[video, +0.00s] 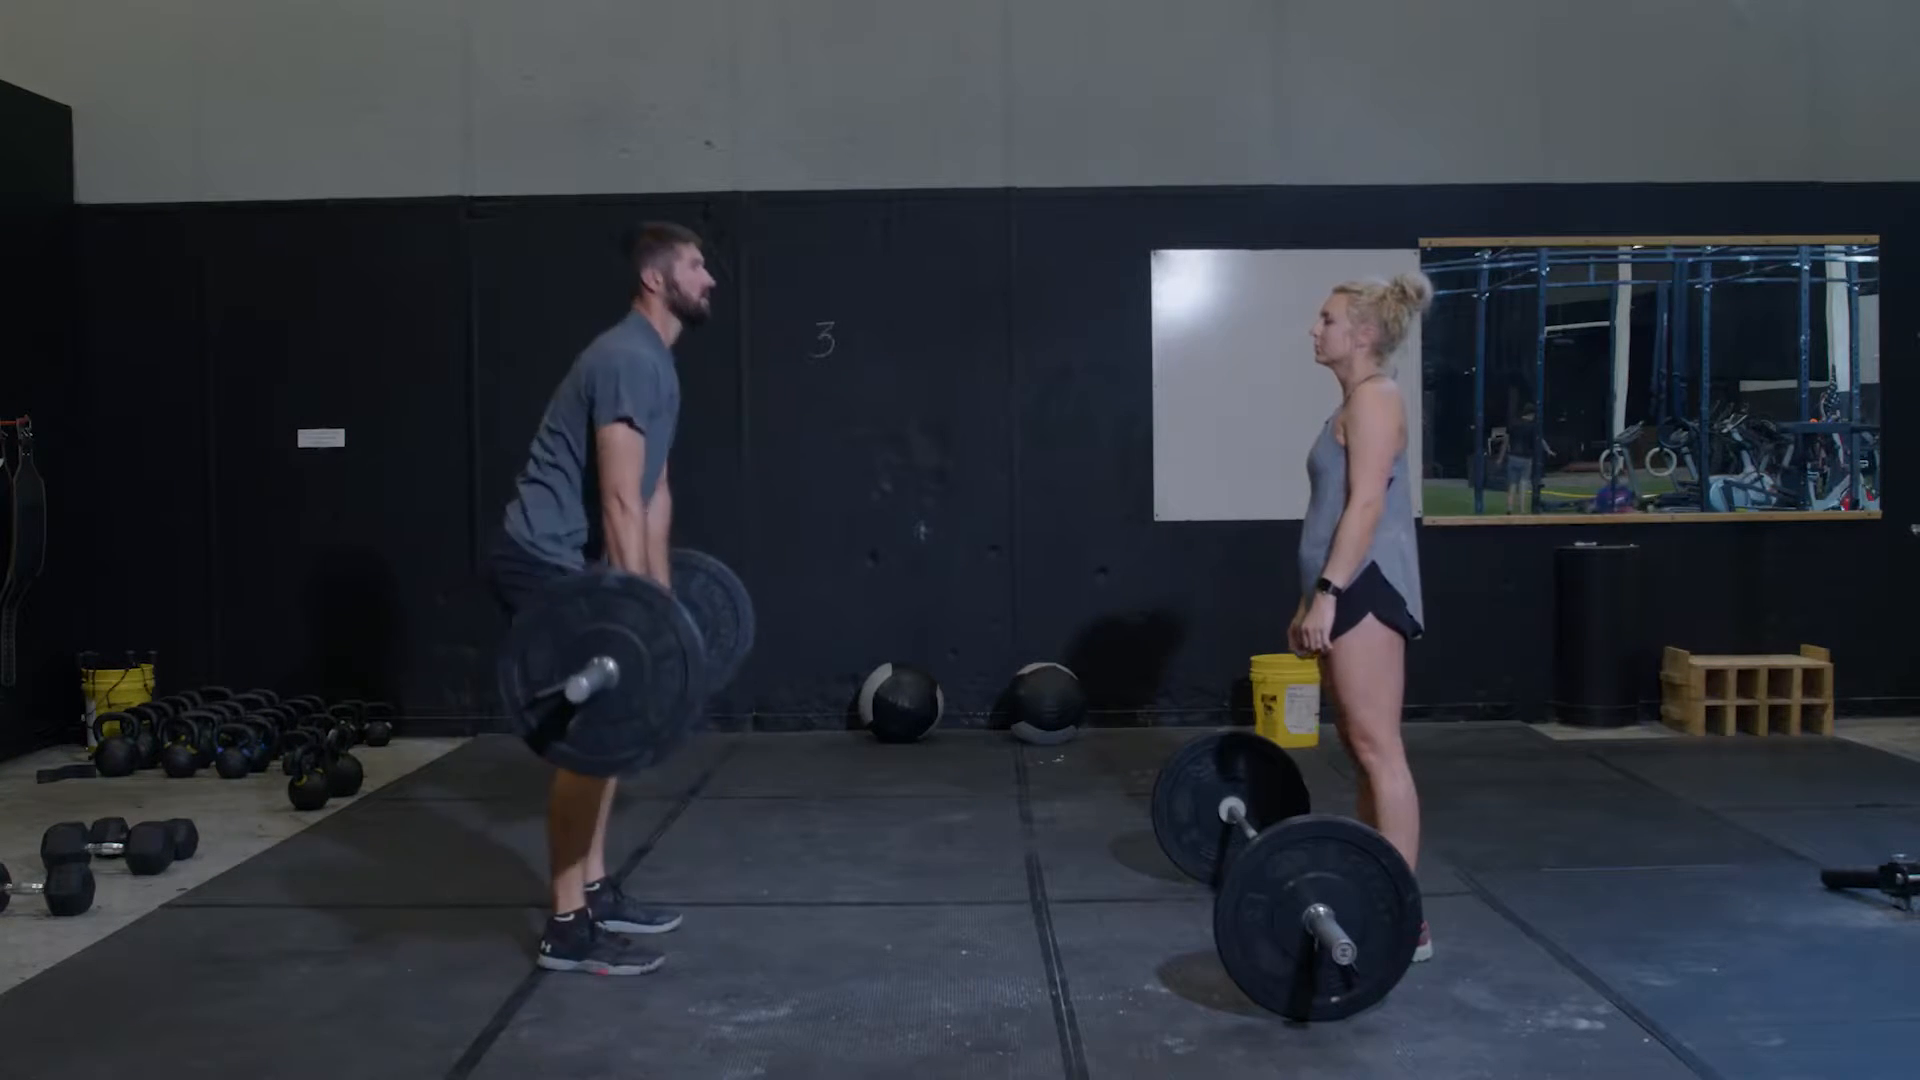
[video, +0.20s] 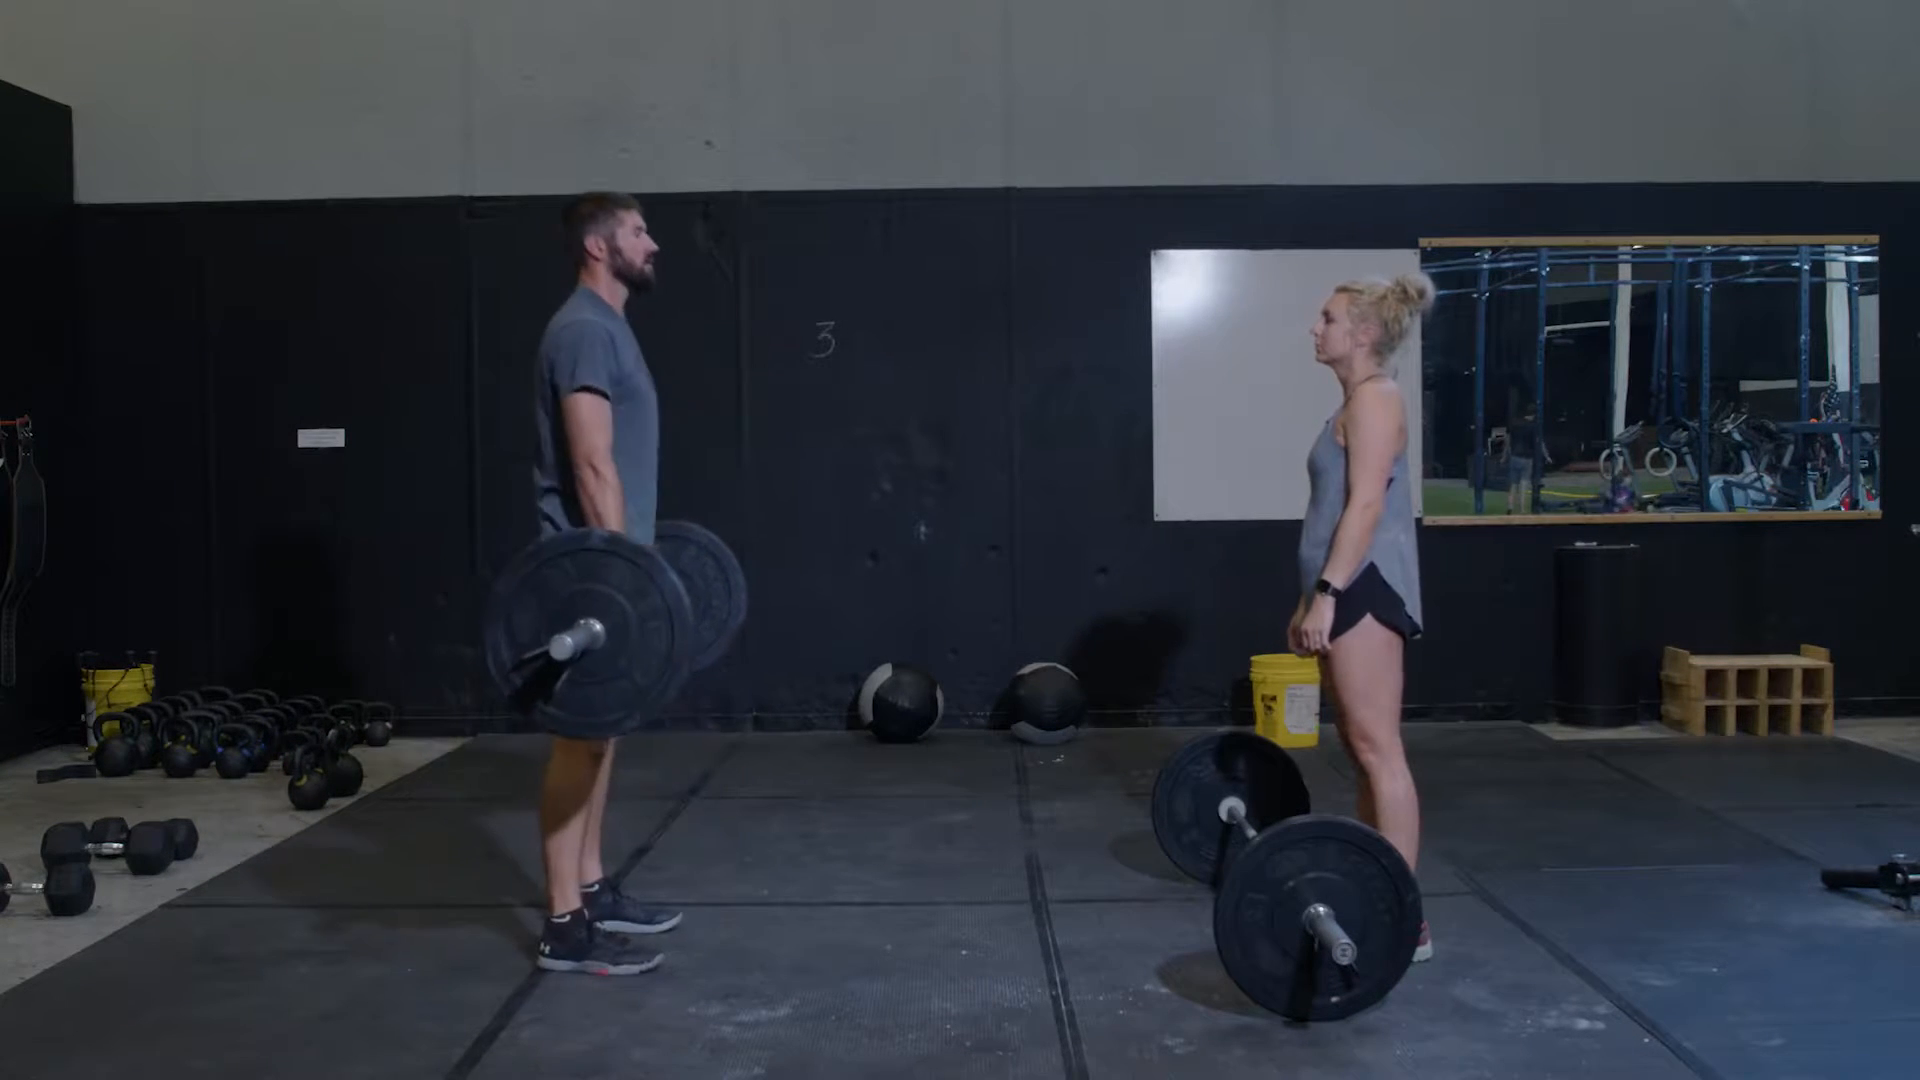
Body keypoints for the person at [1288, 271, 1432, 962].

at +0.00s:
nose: (1315, 330)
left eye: (1328, 321)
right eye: (1319, 319)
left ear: (1365, 333)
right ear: (1356, 335)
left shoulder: (1374, 400)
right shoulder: (1355, 403)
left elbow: (1366, 507)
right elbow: (1341, 513)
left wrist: (1327, 592)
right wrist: (1313, 600)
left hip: (1368, 593)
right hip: (1349, 593)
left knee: (1379, 749)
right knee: (1365, 747)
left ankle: (1399, 912)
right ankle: (1378, 901)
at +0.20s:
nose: (1315, 329)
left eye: (1329, 320)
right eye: (1320, 318)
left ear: (1365, 333)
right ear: (1357, 334)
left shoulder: (1374, 400)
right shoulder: (1356, 402)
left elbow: (1366, 507)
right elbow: (1342, 513)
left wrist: (1326, 593)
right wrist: (1312, 599)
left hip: (1367, 593)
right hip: (1349, 593)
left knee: (1379, 750)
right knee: (1366, 749)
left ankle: (1399, 912)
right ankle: (1380, 903)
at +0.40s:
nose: (1316, 328)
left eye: (1329, 320)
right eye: (1320, 317)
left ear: (1365, 333)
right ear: (1357, 334)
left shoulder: (1374, 400)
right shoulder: (1355, 402)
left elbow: (1365, 507)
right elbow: (1342, 511)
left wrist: (1325, 593)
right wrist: (1311, 595)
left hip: (1366, 593)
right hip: (1348, 592)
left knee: (1377, 750)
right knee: (1366, 749)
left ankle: (1399, 912)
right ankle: (1379, 902)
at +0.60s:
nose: (1316, 329)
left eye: (1328, 320)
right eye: (1320, 318)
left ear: (1363, 334)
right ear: (1356, 335)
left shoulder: (1376, 401)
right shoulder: (1353, 403)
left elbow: (1365, 511)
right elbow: (1335, 514)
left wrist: (1326, 594)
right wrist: (1309, 592)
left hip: (1366, 592)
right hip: (1346, 591)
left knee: (1375, 749)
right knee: (1366, 748)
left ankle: (1399, 911)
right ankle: (1381, 903)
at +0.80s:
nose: (1315, 330)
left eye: (1328, 322)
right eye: (1319, 320)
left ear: (1364, 335)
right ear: (1354, 336)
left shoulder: (1375, 402)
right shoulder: (1351, 405)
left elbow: (1368, 512)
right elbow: (1335, 513)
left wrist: (1329, 596)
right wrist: (1308, 591)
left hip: (1367, 594)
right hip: (1346, 592)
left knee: (1374, 751)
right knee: (1366, 751)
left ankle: (1399, 912)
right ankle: (1384, 904)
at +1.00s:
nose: (1315, 333)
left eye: (1328, 324)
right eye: (1319, 322)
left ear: (1364, 337)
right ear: (1354, 338)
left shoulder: (1376, 404)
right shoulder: (1350, 407)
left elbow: (1370, 515)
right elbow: (1334, 516)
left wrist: (1331, 600)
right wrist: (1308, 593)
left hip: (1368, 596)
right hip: (1346, 594)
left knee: (1372, 751)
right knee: (1365, 751)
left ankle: (1399, 913)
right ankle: (1384, 906)